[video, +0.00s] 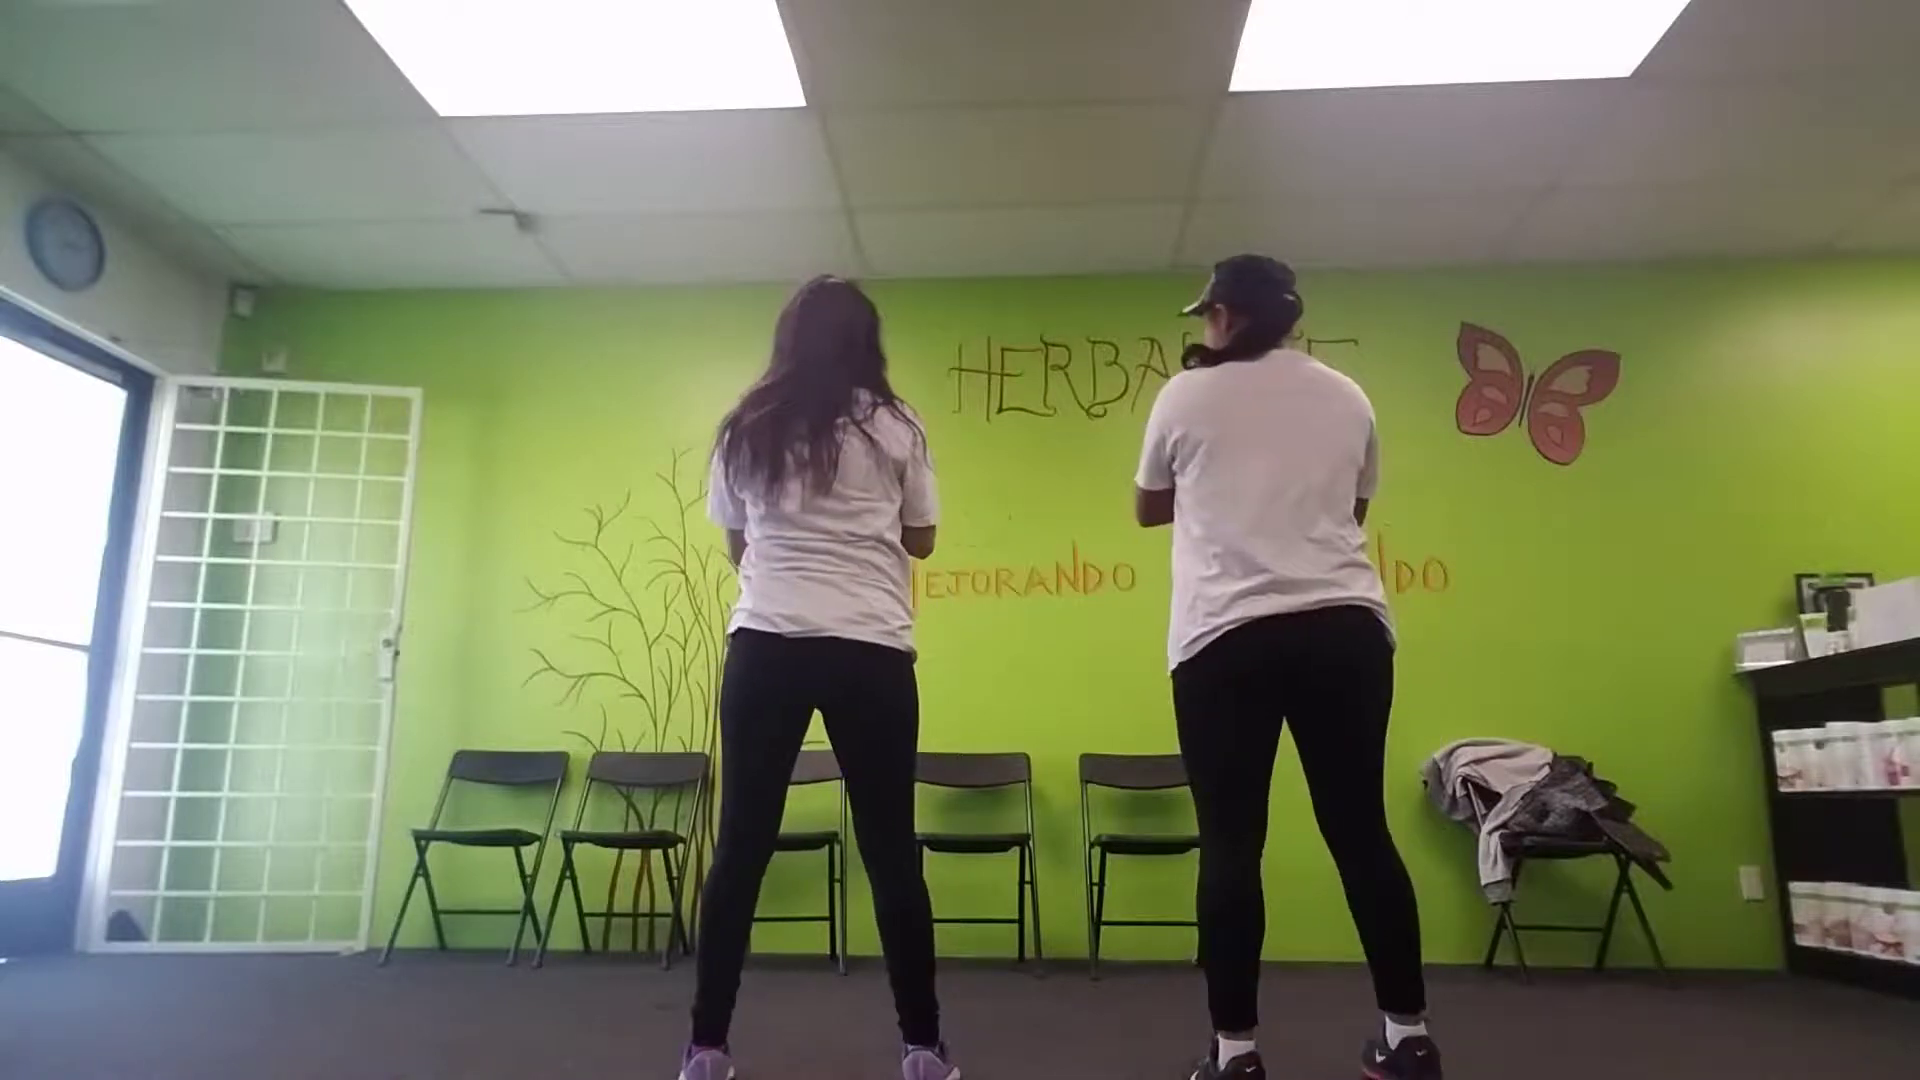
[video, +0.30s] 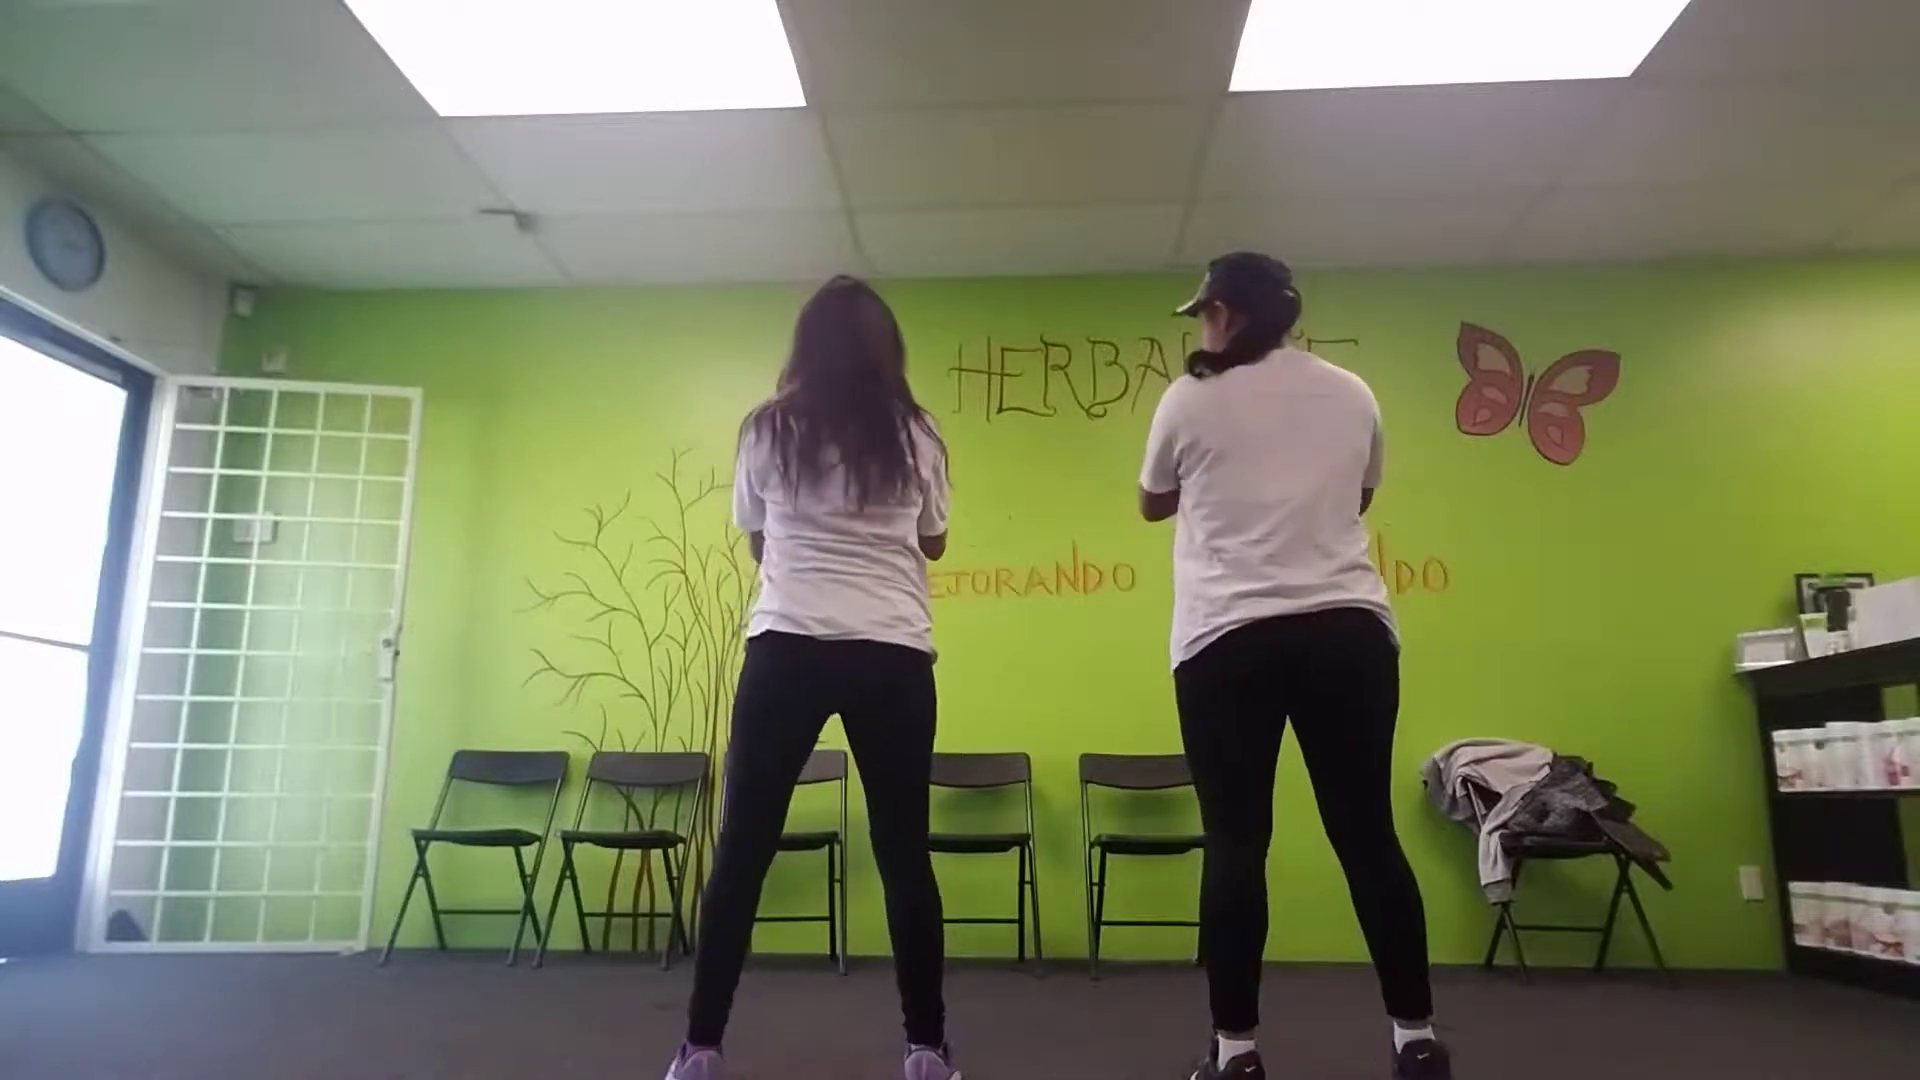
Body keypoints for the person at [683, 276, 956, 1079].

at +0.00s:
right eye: (866, 337)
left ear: (786, 340)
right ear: (870, 346)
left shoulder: (748, 423)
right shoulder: (897, 423)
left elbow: (737, 549)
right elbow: (919, 540)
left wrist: (812, 528)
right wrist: (852, 502)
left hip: (766, 648)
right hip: (871, 652)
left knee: (741, 846)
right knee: (893, 854)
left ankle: (706, 1050)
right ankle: (924, 1052)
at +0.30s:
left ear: (803, 346)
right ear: (890, 348)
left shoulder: (767, 426)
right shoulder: (920, 433)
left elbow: (757, 540)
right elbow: (932, 542)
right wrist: (853, 528)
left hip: (787, 649)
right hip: (894, 653)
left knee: (742, 851)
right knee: (905, 856)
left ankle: (700, 1050)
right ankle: (927, 1053)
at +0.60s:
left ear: (808, 362)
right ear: (892, 366)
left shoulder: (775, 437)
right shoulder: (920, 441)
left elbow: (758, 532)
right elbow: (933, 547)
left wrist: (833, 527)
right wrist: (858, 524)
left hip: (780, 648)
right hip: (887, 654)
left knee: (741, 847)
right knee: (912, 852)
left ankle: (699, 1048)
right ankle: (935, 1050)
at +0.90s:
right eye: (894, 406)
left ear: (813, 412)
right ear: (896, 413)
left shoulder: (777, 477)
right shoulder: (920, 483)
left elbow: (770, 572)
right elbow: (943, 586)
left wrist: (838, 550)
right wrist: (876, 544)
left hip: (775, 668)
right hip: (886, 676)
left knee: (729, 856)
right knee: (925, 860)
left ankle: (697, 1050)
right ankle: (936, 1051)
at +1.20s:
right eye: (890, 524)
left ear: (809, 527)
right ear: (889, 530)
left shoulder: (772, 586)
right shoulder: (907, 594)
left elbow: (764, 669)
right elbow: (940, 694)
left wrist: (829, 657)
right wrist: (876, 657)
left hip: (762, 766)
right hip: (880, 778)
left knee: (718, 875)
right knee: (950, 866)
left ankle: (701, 1039)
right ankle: (937, 1038)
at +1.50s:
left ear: (806, 645)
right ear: (885, 649)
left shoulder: (767, 705)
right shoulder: (900, 710)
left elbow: (754, 778)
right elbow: (942, 803)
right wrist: (886, 763)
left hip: (750, 903)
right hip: (862, 908)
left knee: (703, 880)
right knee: (962, 870)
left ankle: (701, 1040)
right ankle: (937, 1042)